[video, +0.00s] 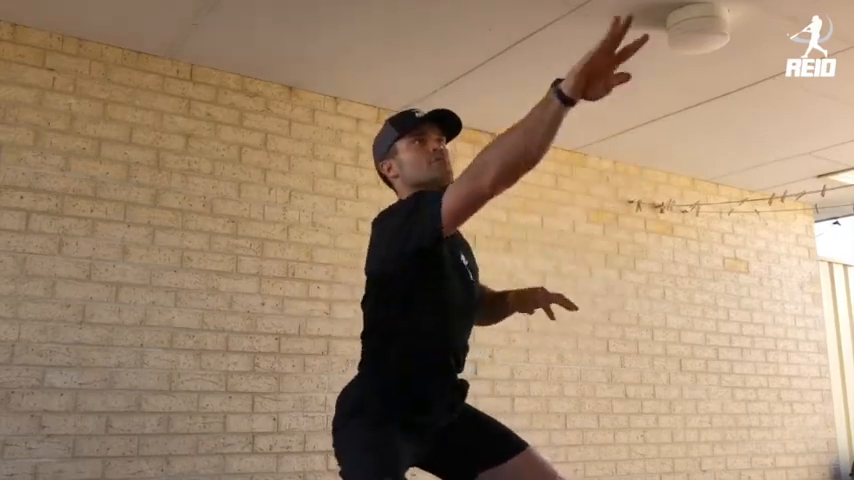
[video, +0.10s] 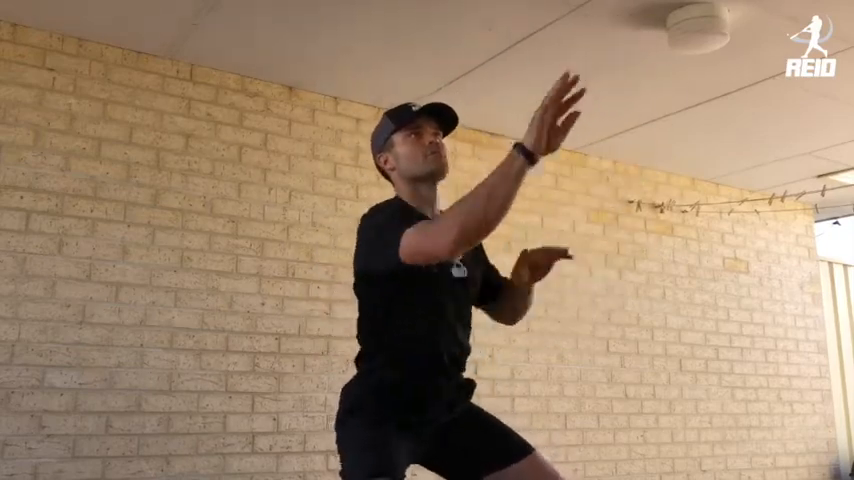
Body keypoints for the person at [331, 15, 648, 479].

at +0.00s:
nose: (438, 145)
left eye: (441, 138)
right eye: (419, 140)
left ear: (450, 152)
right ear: (389, 169)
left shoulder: (452, 241)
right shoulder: (396, 227)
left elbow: (469, 307)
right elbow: (489, 176)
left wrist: (517, 300)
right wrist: (566, 93)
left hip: (439, 414)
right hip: (377, 417)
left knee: (543, 476)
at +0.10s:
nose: (434, 139)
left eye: (437, 133)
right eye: (414, 134)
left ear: (445, 151)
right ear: (387, 162)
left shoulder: (460, 237)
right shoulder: (381, 224)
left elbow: (507, 310)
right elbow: (448, 239)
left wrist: (523, 278)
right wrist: (527, 150)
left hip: (445, 411)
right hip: (379, 414)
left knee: (544, 477)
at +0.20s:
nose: (432, 138)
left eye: (436, 133)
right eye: (413, 132)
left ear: (444, 149)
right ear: (385, 160)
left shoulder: (469, 229)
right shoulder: (365, 235)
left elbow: (556, 286)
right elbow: (376, 319)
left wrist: (539, 243)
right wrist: (458, 254)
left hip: (454, 405)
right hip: (384, 407)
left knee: (548, 476)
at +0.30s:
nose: (434, 141)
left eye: (438, 136)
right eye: (415, 136)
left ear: (446, 153)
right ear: (387, 165)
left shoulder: (485, 227)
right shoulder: (364, 246)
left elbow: (584, 239)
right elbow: (334, 350)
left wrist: (556, 184)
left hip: (466, 408)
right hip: (390, 412)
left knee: (555, 476)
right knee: (375, 476)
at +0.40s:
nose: (442, 147)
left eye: (446, 141)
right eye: (423, 142)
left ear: (454, 156)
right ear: (396, 169)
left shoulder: (494, 223)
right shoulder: (372, 254)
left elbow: (576, 187)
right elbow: (333, 352)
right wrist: (379, 344)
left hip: (471, 413)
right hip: (397, 413)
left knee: (557, 476)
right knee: (378, 478)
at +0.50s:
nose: (456, 146)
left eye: (459, 140)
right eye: (438, 141)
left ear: (469, 156)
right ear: (409, 168)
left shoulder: (503, 224)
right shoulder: (384, 252)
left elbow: (584, 190)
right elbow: (347, 351)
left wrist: (626, 116)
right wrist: (395, 329)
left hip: (478, 411)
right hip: (404, 411)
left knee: (561, 477)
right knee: (384, 477)